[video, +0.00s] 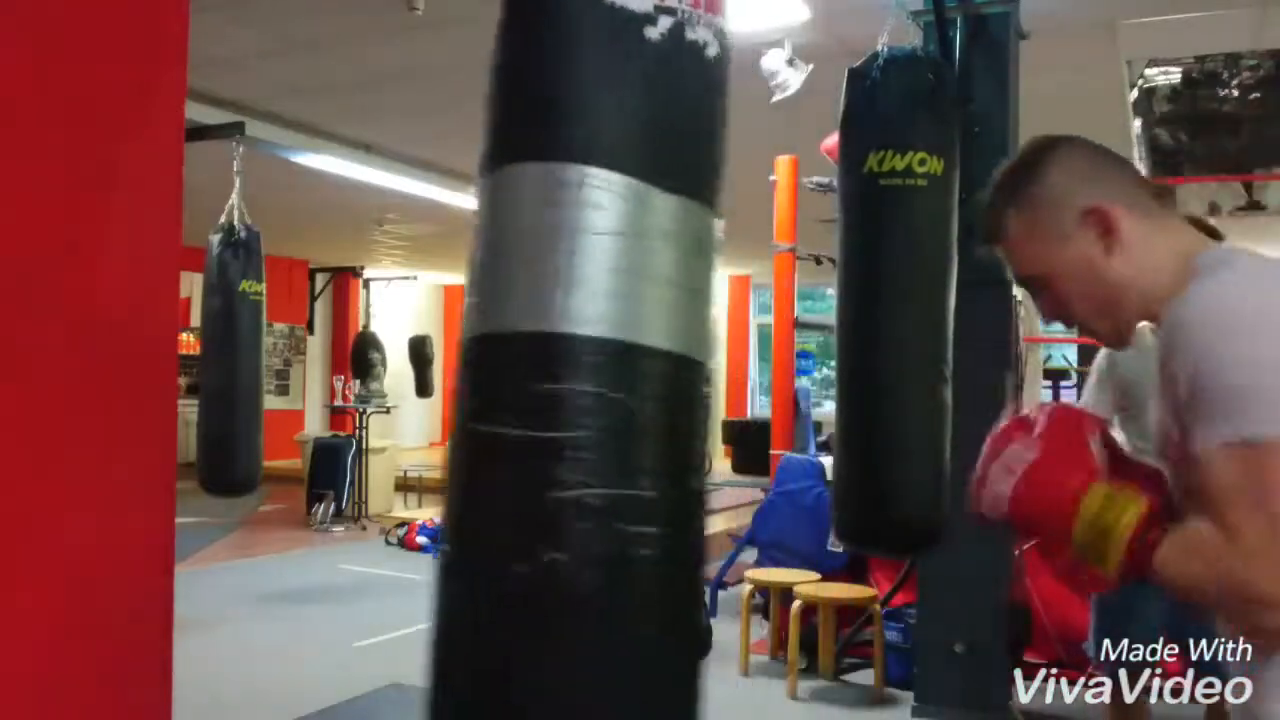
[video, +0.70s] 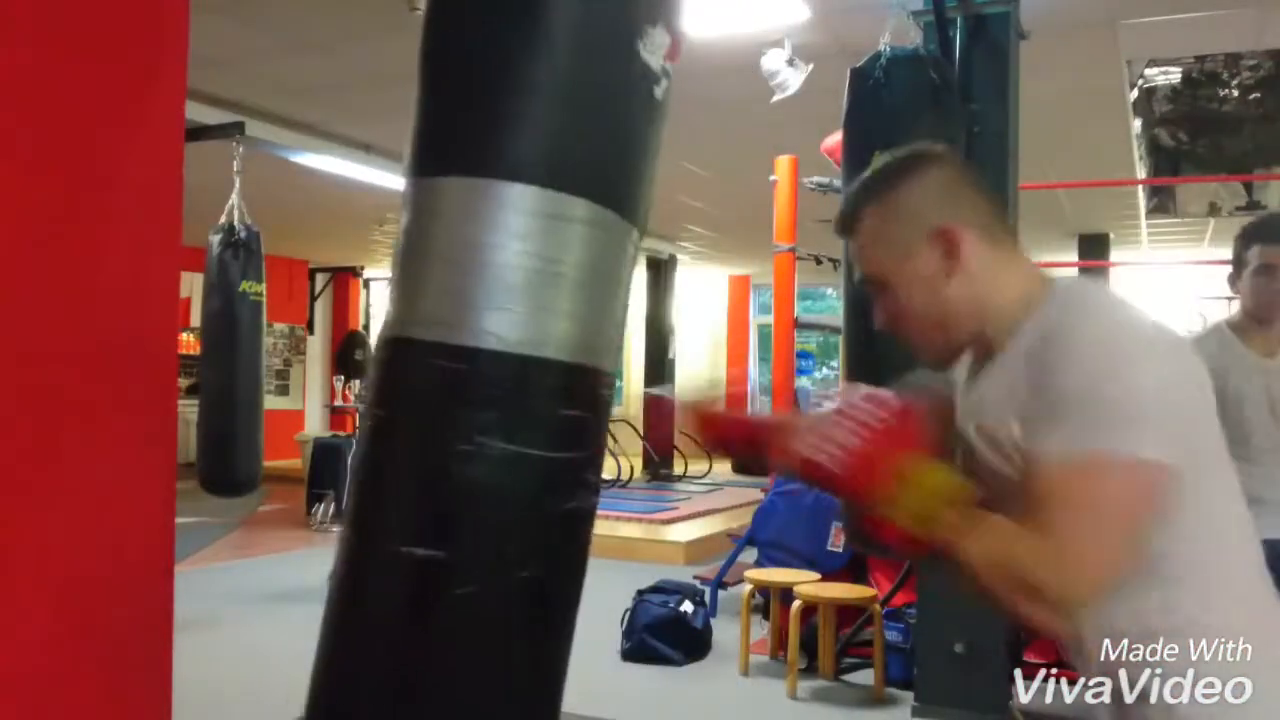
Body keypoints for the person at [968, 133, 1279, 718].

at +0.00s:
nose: (1046, 315)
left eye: (1041, 284)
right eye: (1032, 292)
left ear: (1104, 230)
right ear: (1104, 230)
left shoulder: (1226, 318)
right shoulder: (1199, 320)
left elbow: (1262, 581)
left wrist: (1092, 517)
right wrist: (1119, 489)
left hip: (1268, 696)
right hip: (1256, 693)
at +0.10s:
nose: (1050, 295)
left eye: (1048, 265)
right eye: (1038, 272)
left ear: (1113, 213)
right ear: (1114, 214)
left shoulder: (1231, 293)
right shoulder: (1204, 300)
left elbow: (1236, 558)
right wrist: (1079, 420)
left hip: (1268, 695)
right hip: (1250, 690)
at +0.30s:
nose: (1090, 303)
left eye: (1092, 270)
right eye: (1080, 276)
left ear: (1166, 228)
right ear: (1167, 230)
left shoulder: (1247, 319)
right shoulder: (1200, 332)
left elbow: (1231, 555)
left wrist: (1046, 468)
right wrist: (1034, 460)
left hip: (1253, 696)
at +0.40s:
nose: (1044, 296)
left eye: (1042, 264)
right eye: (1034, 271)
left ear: (1104, 225)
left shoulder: (1149, 295)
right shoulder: (1256, 298)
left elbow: (1140, 500)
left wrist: (953, 429)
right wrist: (1053, 444)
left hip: (1224, 683)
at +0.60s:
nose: (910, 291)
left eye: (911, 264)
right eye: (900, 270)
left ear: (974, 225)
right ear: (981, 221)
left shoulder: (1063, 301)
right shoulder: (1118, 295)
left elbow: (895, 492)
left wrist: (745, 416)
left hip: (1202, 693)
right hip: (1235, 683)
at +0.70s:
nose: (880, 318)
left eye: (882, 287)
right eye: (872, 293)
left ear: (950, 253)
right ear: (948, 254)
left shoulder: (1106, 347)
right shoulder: (978, 378)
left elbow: (1064, 579)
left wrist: (920, 494)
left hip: (1217, 697)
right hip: (1113, 691)